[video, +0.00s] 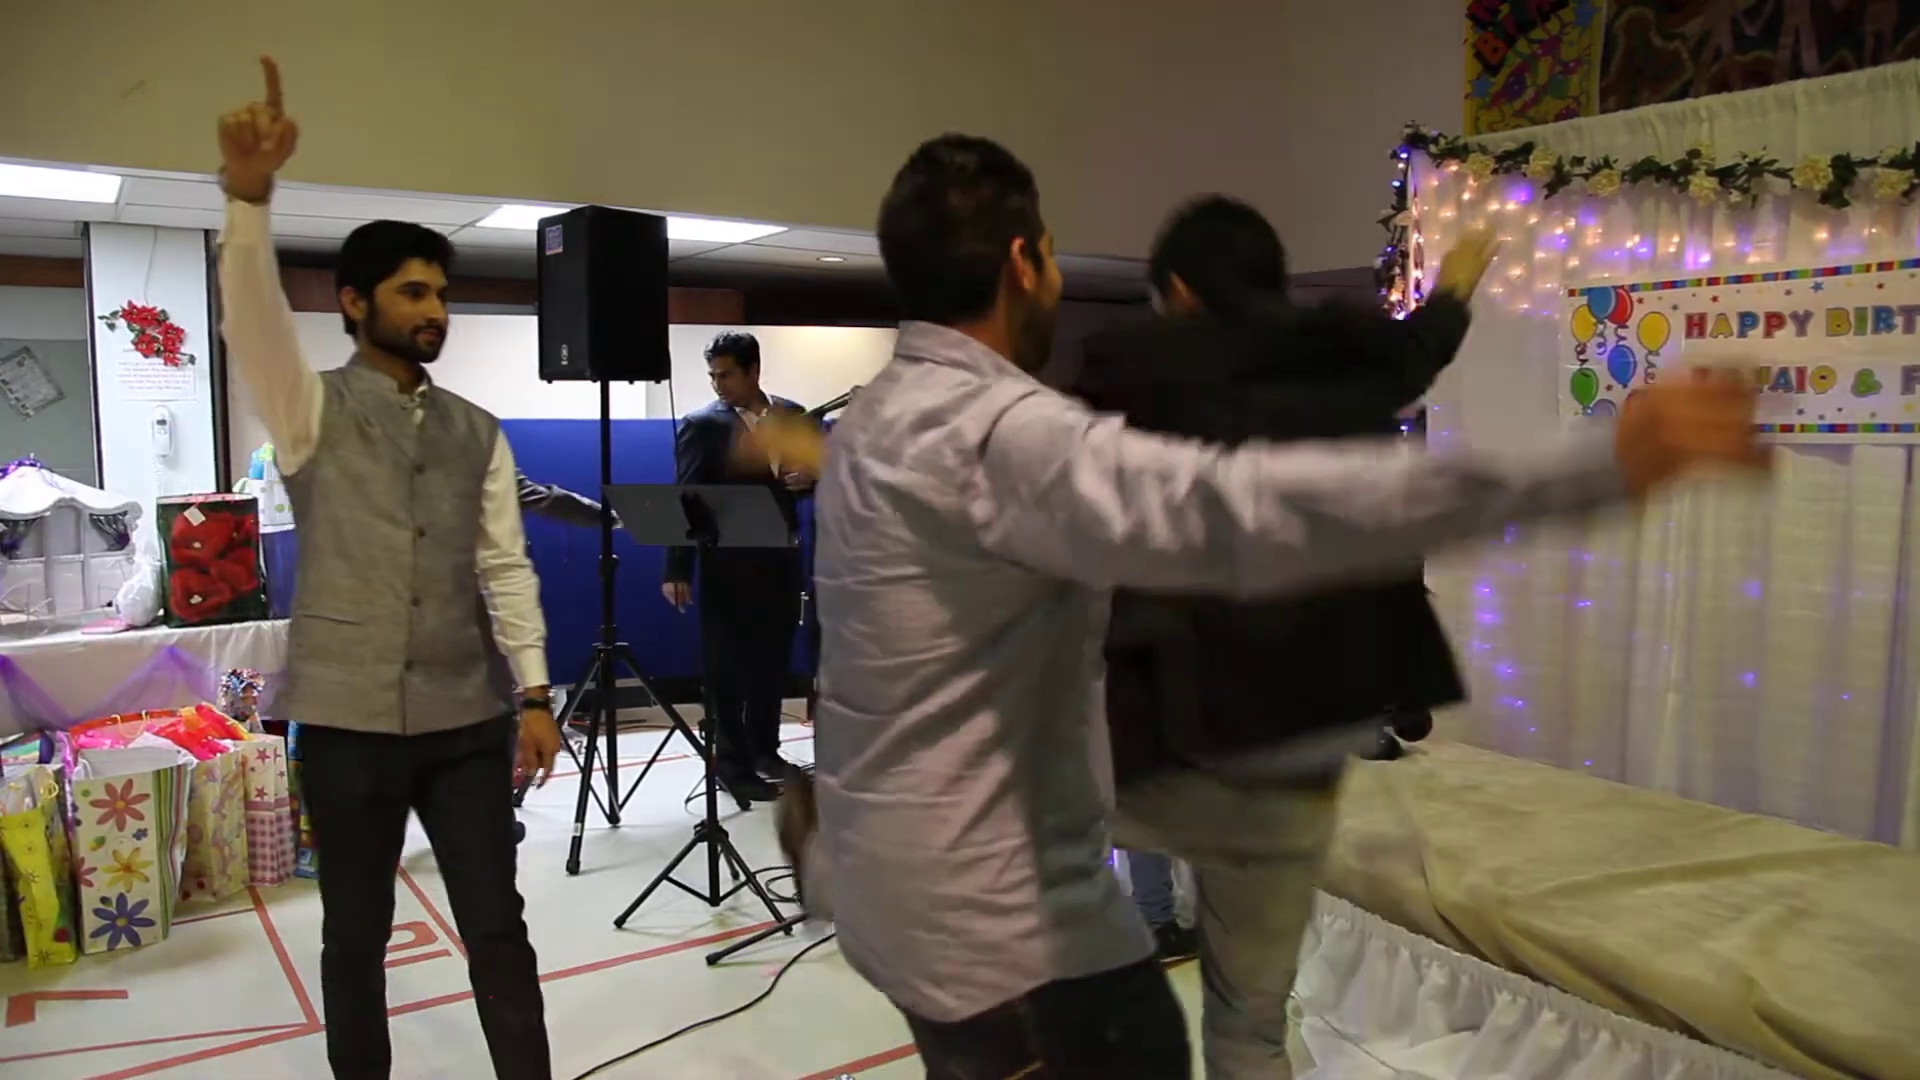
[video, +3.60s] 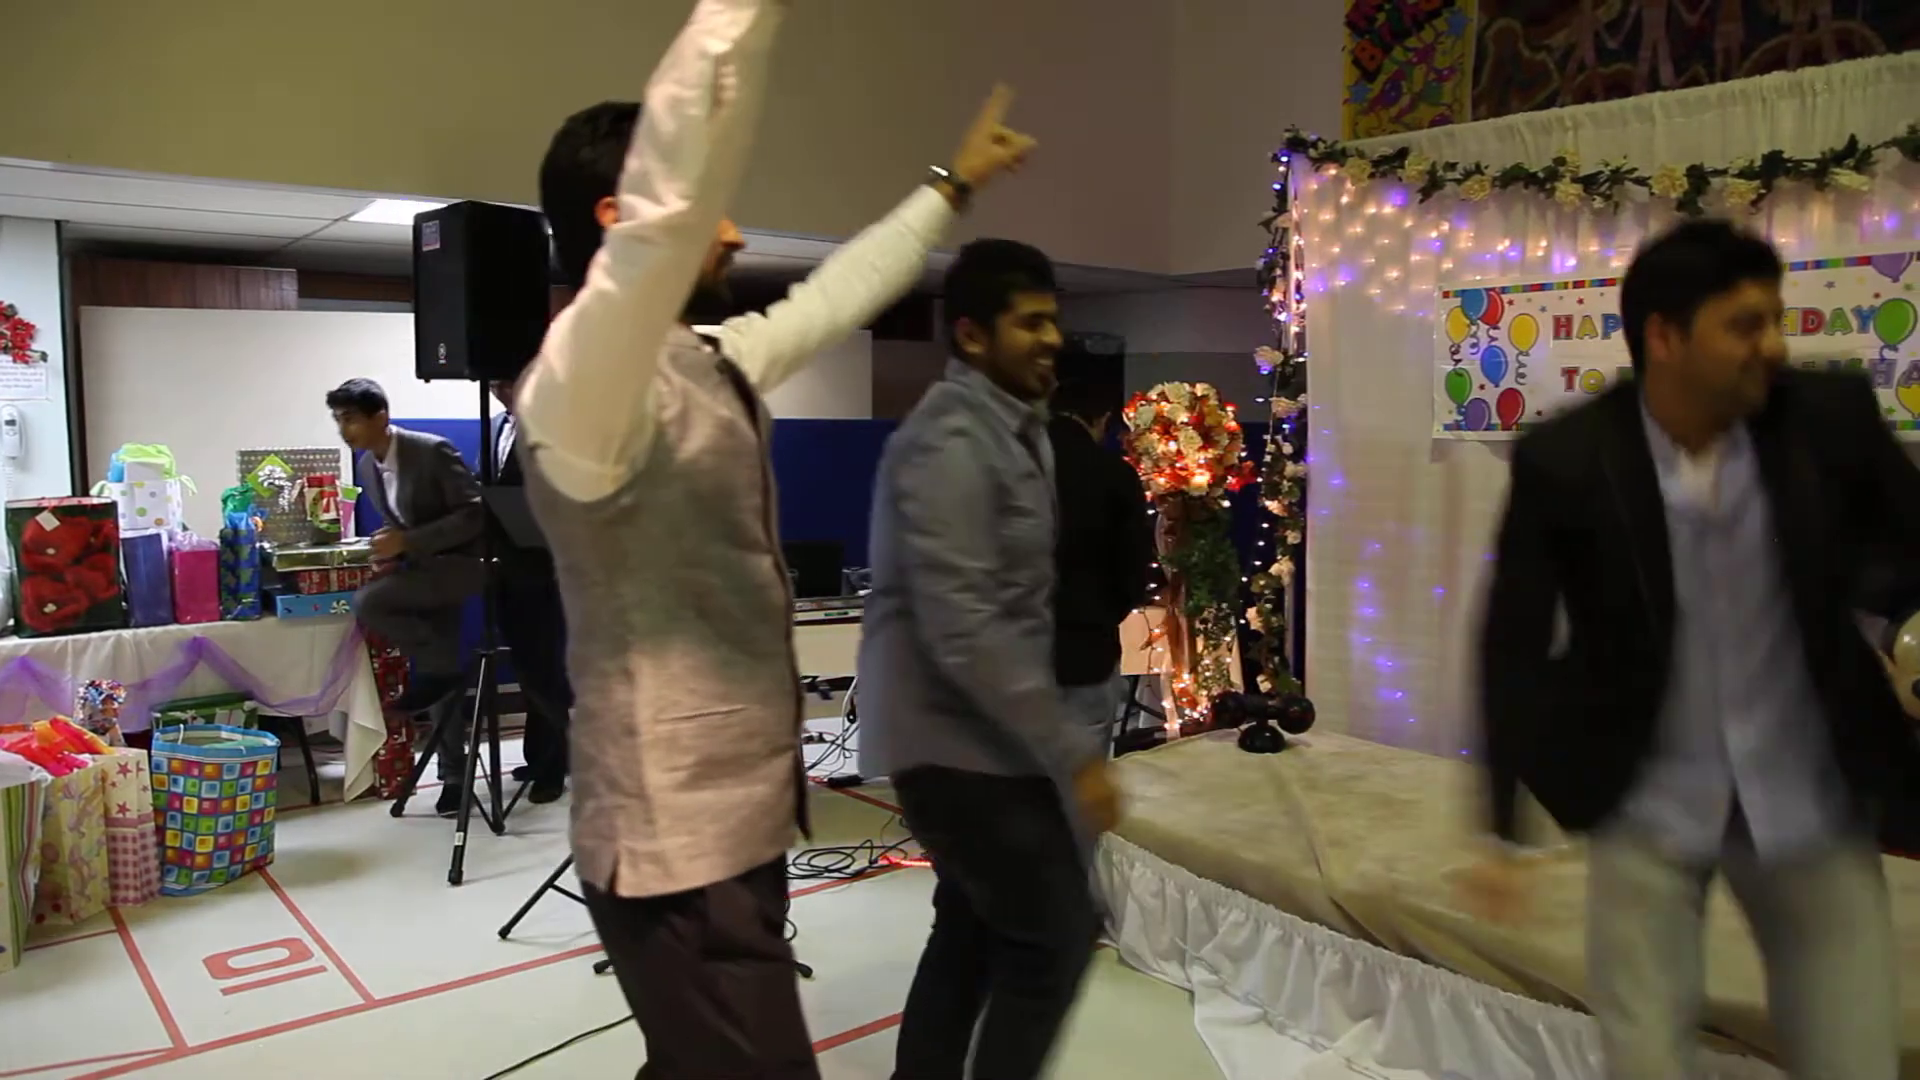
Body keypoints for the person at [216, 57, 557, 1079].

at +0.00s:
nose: (434, 309)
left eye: (441, 295)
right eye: (413, 292)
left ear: (445, 308)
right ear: (354, 301)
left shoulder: (478, 433)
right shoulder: (310, 412)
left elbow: (507, 570)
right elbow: (255, 320)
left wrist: (535, 694)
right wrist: (248, 198)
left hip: (466, 723)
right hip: (347, 726)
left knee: (498, 932)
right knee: (356, 940)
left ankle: (530, 1077)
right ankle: (362, 1076)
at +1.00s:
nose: (544, 305)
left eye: (555, 288)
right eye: (519, 287)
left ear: (570, 306)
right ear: (463, 305)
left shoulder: (612, 436)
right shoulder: (427, 425)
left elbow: (649, 590)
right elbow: (367, 318)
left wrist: (678, 730)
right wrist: (366, 167)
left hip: (597, 764)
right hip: (480, 766)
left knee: (574, 1004)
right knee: (531, 1011)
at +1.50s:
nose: (501, 256)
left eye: (507, 240)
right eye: (471, 238)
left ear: (515, 261)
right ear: (405, 260)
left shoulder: (546, 395)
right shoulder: (373, 387)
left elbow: (646, 483)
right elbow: (346, 259)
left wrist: (750, 558)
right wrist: (332, 79)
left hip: (554, 759)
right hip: (438, 768)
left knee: (556, 1003)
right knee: (480, 1043)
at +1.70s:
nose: (496, 261)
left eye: (504, 244)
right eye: (465, 239)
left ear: (511, 265)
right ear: (400, 256)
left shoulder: (525, 404)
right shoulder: (367, 406)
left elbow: (627, 420)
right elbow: (363, 256)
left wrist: (742, 416)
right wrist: (381, 64)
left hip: (553, 799)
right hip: (437, 821)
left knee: (618, 1043)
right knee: (506, 1069)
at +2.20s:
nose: (516, 259)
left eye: (511, 235)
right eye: (489, 235)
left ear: (409, 246)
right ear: (399, 243)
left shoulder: (492, 381)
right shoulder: (373, 413)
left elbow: (577, 327)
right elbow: (433, 242)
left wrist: (664, 240)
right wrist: (495, 24)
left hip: (553, 817)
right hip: (461, 844)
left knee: (628, 1058)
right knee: (488, 1074)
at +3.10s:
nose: (616, 262)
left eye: (608, 238)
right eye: (589, 239)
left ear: (582, 252)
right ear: (513, 256)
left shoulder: (587, 384)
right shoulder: (461, 418)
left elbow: (692, 322)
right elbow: (500, 249)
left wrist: (790, 207)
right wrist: (563, 29)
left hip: (635, 820)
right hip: (563, 849)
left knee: (686, 1063)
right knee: (661, 1070)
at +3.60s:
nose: (731, 218)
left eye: (723, 196)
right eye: (698, 201)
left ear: (688, 221)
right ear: (621, 217)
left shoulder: (717, 361)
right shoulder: (581, 396)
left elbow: (837, 297)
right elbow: (664, 197)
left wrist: (954, 187)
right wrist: (737, 1)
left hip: (739, 827)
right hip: (668, 850)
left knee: (709, 1065)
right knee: (757, 1069)